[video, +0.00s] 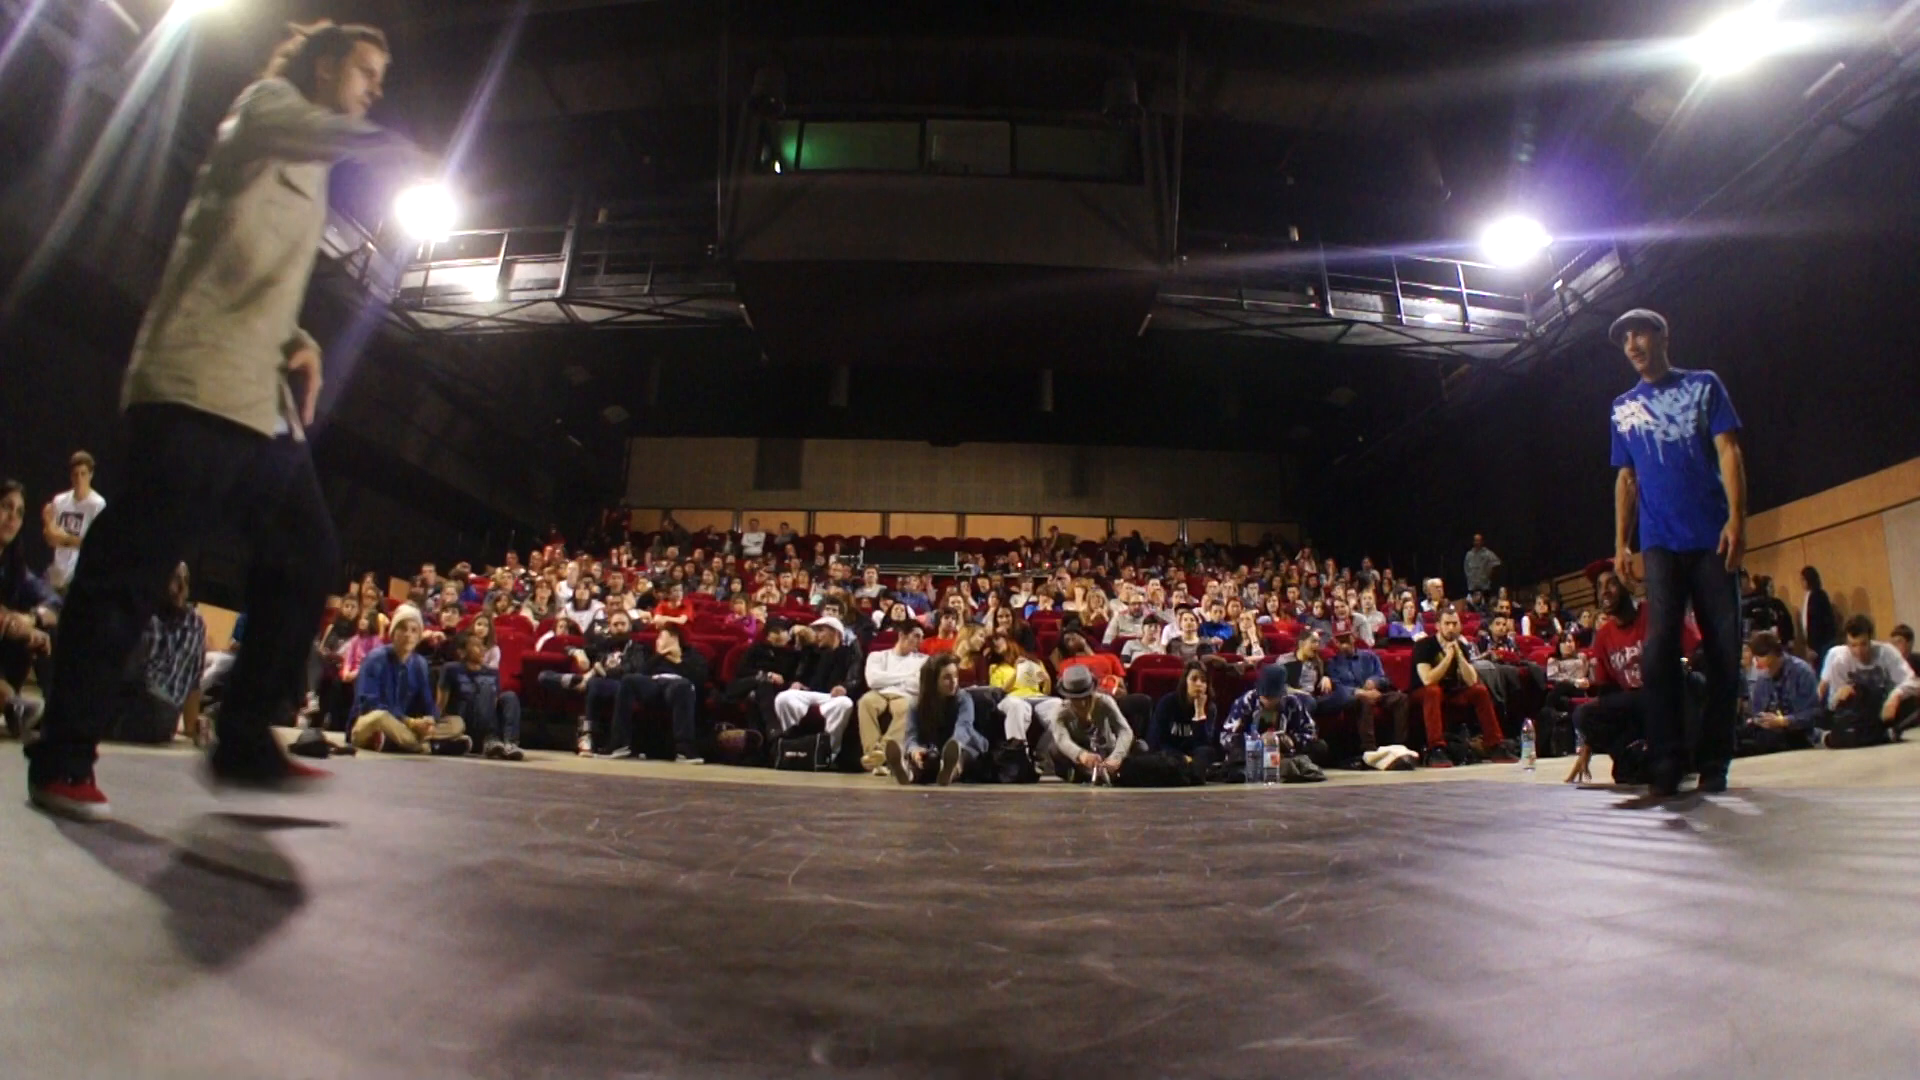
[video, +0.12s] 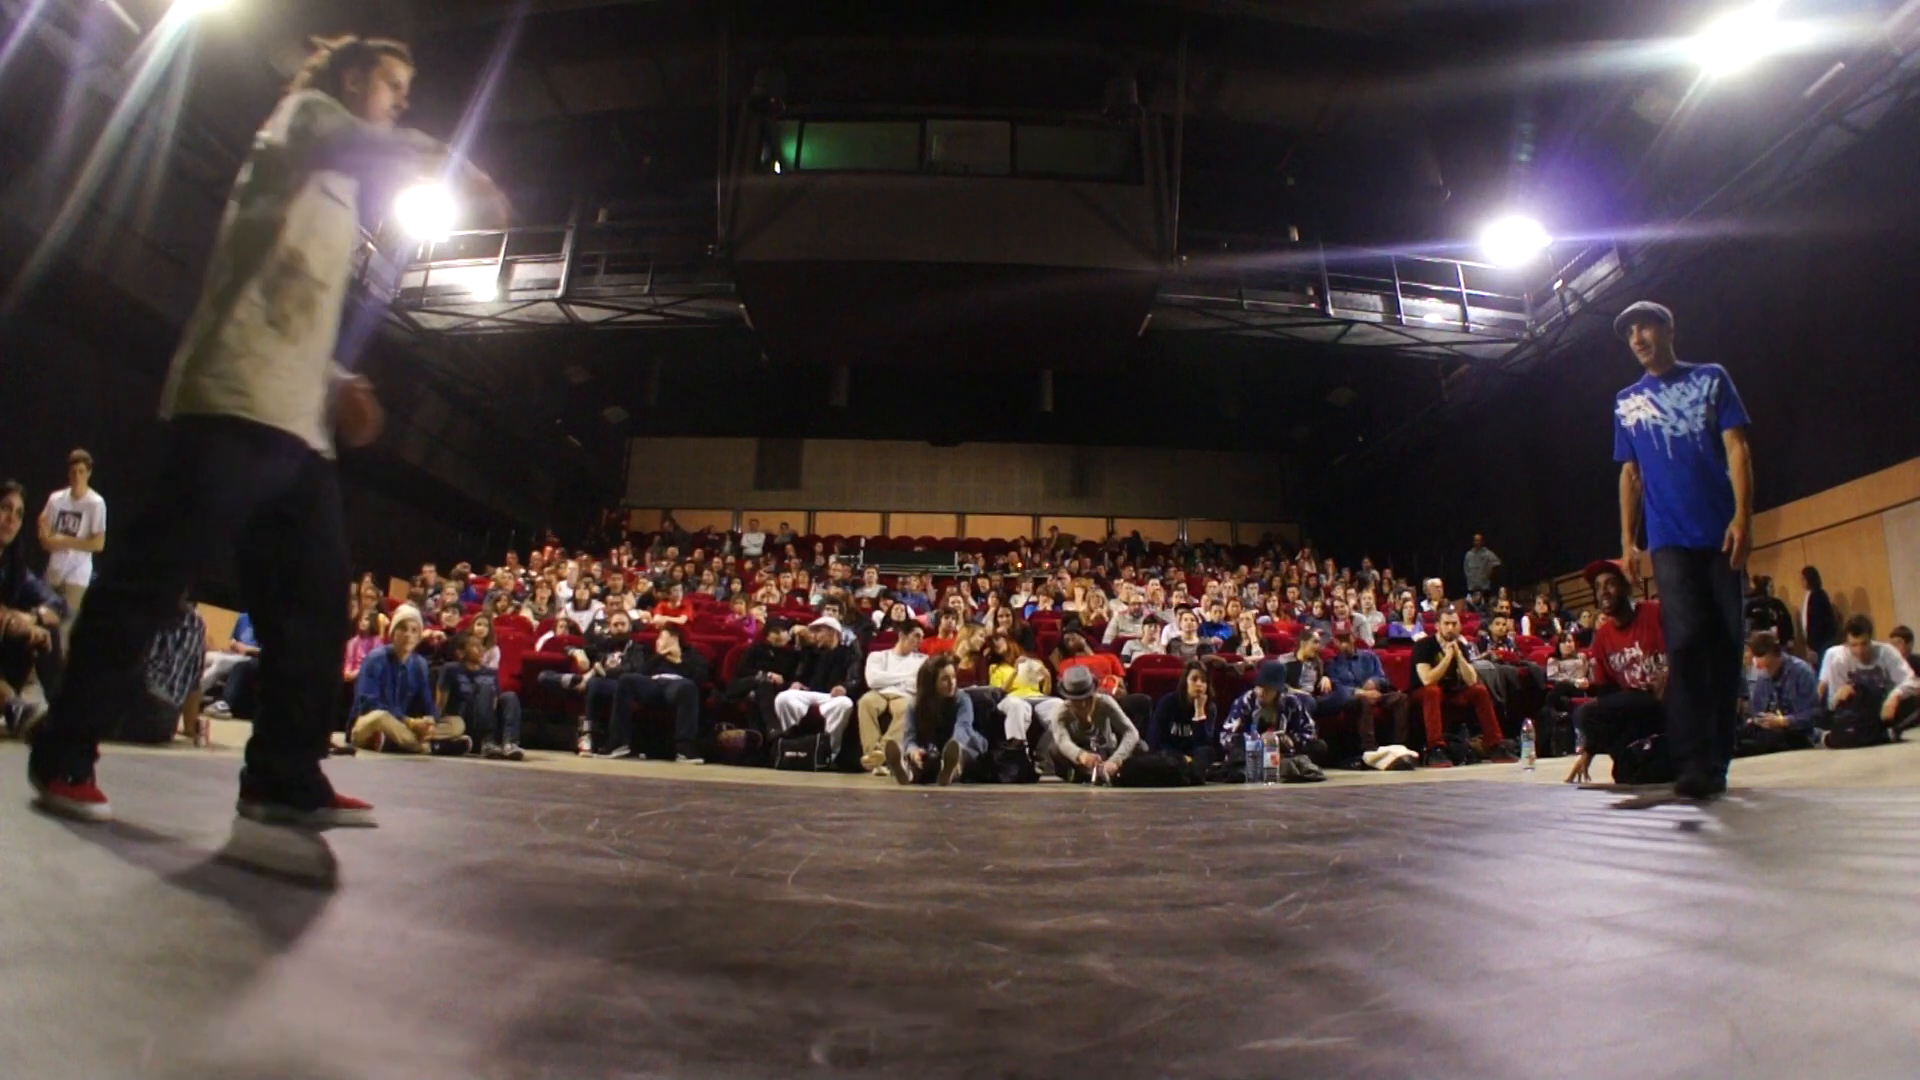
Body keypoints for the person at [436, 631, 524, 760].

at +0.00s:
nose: (482, 649)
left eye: (482, 645)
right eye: (476, 645)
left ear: (485, 648)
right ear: (461, 652)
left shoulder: (492, 673)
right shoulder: (451, 669)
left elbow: (494, 701)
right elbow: (441, 702)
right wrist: (434, 725)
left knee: (510, 697)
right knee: (486, 688)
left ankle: (510, 743)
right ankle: (490, 739)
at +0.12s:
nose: (480, 650)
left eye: (481, 646)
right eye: (474, 645)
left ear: (484, 649)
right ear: (460, 652)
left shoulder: (491, 673)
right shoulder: (450, 669)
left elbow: (494, 700)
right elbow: (441, 700)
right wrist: (435, 723)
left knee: (510, 697)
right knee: (485, 688)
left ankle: (509, 743)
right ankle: (487, 741)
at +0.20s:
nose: (480, 650)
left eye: (481, 646)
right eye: (474, 646)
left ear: (484, 649)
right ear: (460, 652)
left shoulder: (491, 674)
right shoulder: (450, 669)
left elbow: (494, 700)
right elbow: (441, 700)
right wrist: (435, 723)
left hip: (485, 719)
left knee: (510, 697)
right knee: (484, 691)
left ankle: (509, 743)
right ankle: (487, 741)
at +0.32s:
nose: (479, 652)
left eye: (480, 648)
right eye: (473, 647)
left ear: (484, 652)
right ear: (461, 653)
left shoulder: (491, 676)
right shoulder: (451, 670)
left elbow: (494, 702)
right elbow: (442, 701)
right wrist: (434, 723)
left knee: (510, 698)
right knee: (481, 690)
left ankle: (508, 743)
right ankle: (484, 742)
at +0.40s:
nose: (475, 654)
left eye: (478, 650)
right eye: (471, 649)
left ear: (483, 653)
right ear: (460, 653)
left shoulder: (491, 676)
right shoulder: (451, 670)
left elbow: (495, 700)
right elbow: (442, 700)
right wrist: (436, 722)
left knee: (510, 698)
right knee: (481, 688)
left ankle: (508, 743)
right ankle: (483, 742)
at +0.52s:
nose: (477, 657)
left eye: (479, 653)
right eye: (473, 652)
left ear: (483, 655)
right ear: (466, 656)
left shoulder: (491, 677)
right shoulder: (460, 675)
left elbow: (496, 696)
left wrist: (494, 703)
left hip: (489, 715)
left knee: (510, 698)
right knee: (481, 685)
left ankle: (509, 743)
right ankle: (483, 742)